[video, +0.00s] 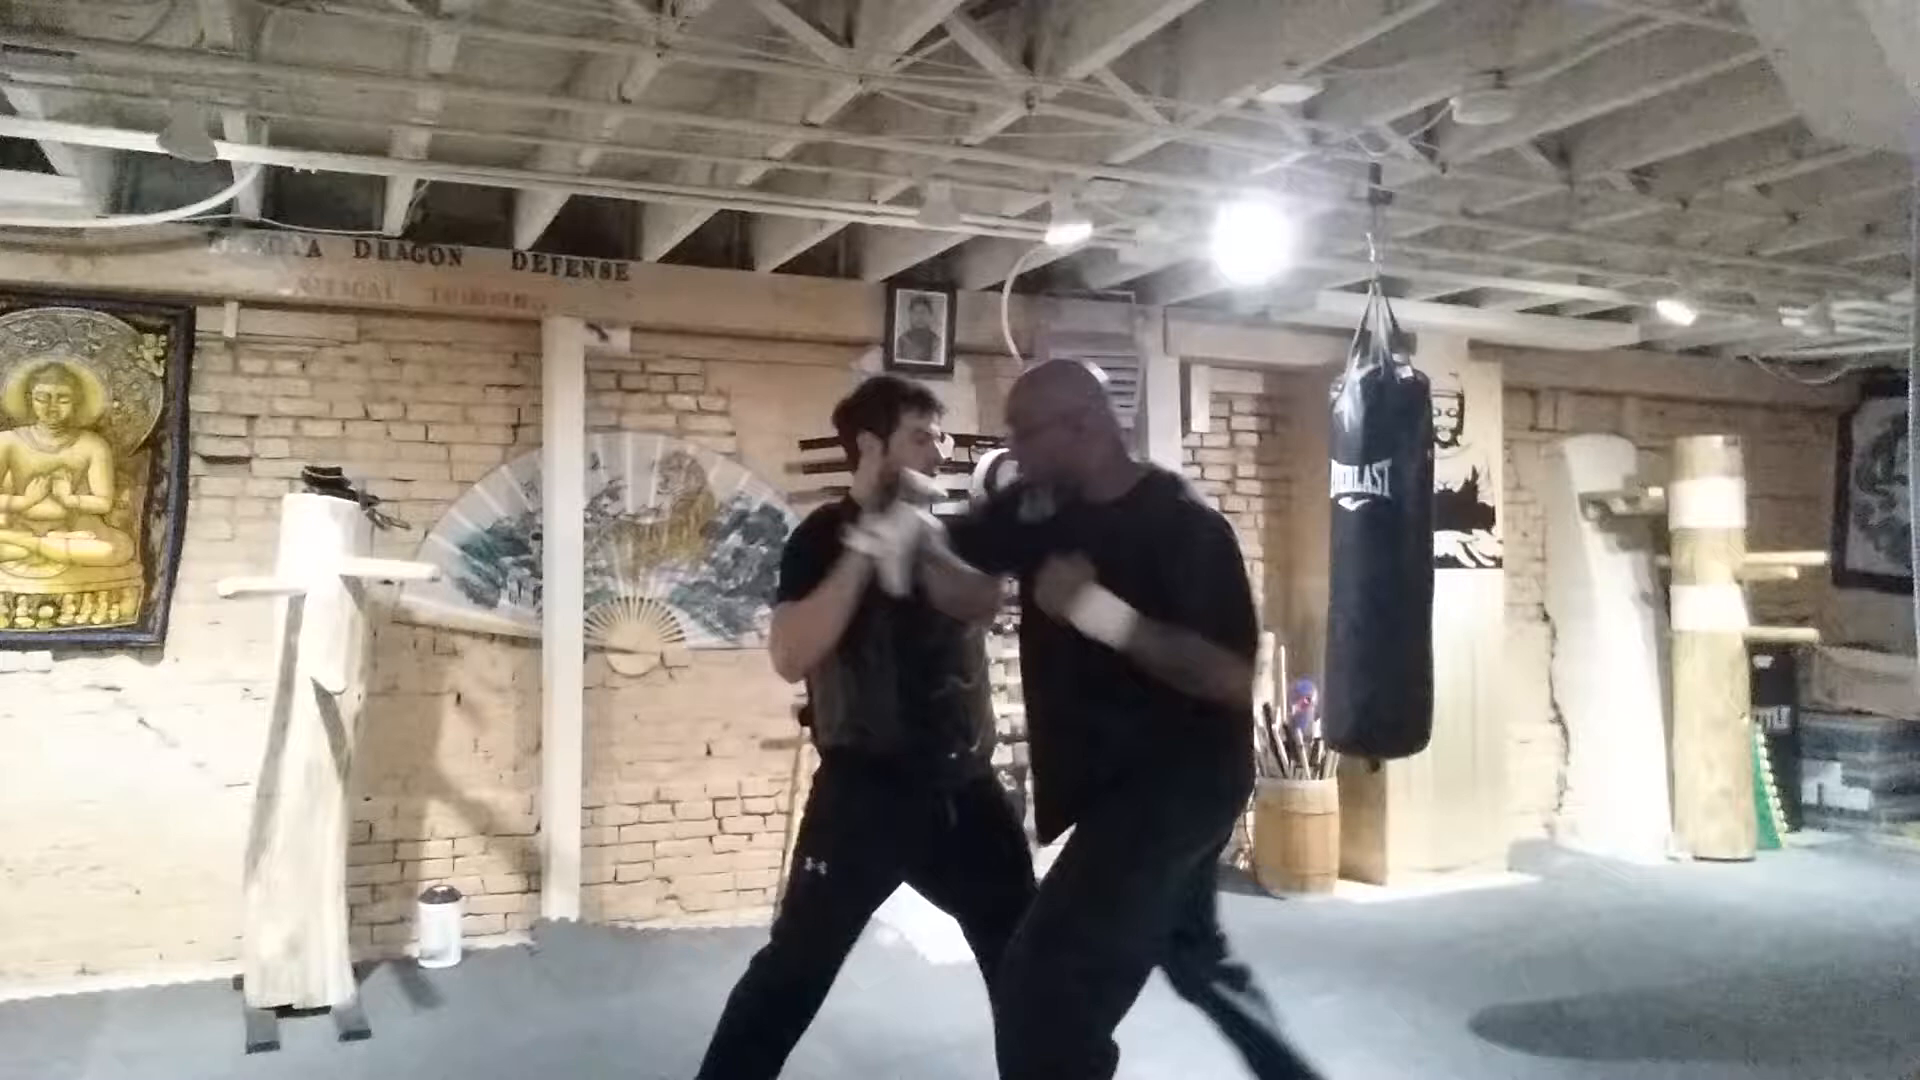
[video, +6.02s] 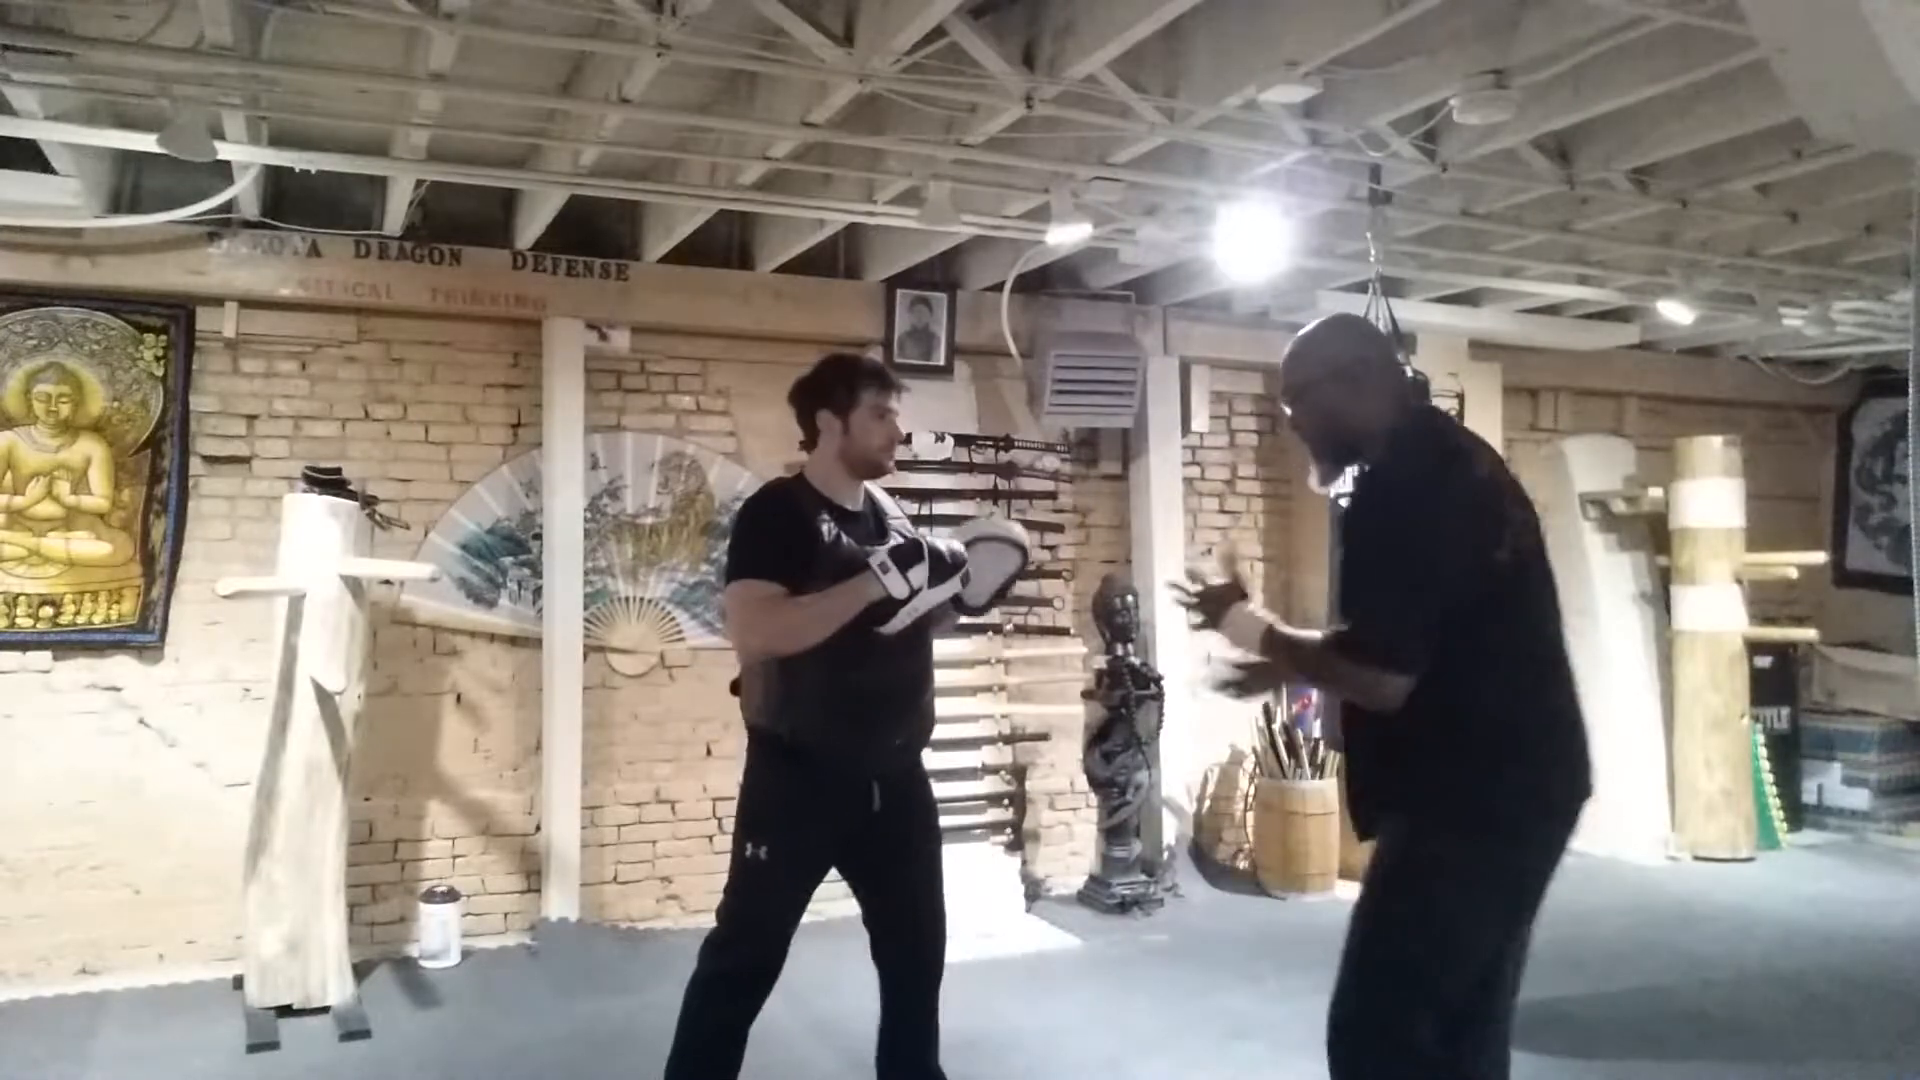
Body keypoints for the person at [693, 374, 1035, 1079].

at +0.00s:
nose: (937, 454)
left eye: (938, 440)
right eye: (923, 438)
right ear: (870, 443)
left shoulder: (952, 526)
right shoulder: (826, 534)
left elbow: (987, 603)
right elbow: (790, 657)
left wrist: (922, 545)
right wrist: (859, 557)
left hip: (965, 787)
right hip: (862, 793)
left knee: (1031, 975)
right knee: (792, 977)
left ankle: (1051, 1079)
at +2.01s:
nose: (925, 459)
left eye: (926, 444)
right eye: (912, 444)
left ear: (905, 450)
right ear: (860, 444)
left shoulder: (927, 531)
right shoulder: (799, 524)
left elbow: (965, 622)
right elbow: (784, 632)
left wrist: (999, 549)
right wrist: (883, 546)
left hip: (928, 789)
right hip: (824, 788)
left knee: (970, 962)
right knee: (763, 960)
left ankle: (988, 1077)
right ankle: (707, 1079)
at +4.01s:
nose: (908, 472)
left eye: (909, 458)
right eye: (890, 458)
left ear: (910, 461)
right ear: (838, 465)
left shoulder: (922, 539)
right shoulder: (785, 551)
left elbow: (947, 653)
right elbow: (732, 673)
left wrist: (982, 566)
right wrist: (791, 572)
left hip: (942, 798)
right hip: (835, 807)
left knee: (1021, 937)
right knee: (783, 979)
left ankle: (1042, 1078)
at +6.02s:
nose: (900, 429)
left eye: (898, 414)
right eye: (883, 414)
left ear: (849, 426)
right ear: (829, 422)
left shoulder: (887, 516)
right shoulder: (772, 511)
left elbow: (919, 609)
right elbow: (752, 630)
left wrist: (973, 574)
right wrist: (876, 583)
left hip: (893, 778)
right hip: (794, 779)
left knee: (915, 968)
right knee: (740, 968)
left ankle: (913, 1078)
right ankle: (691, 1078)